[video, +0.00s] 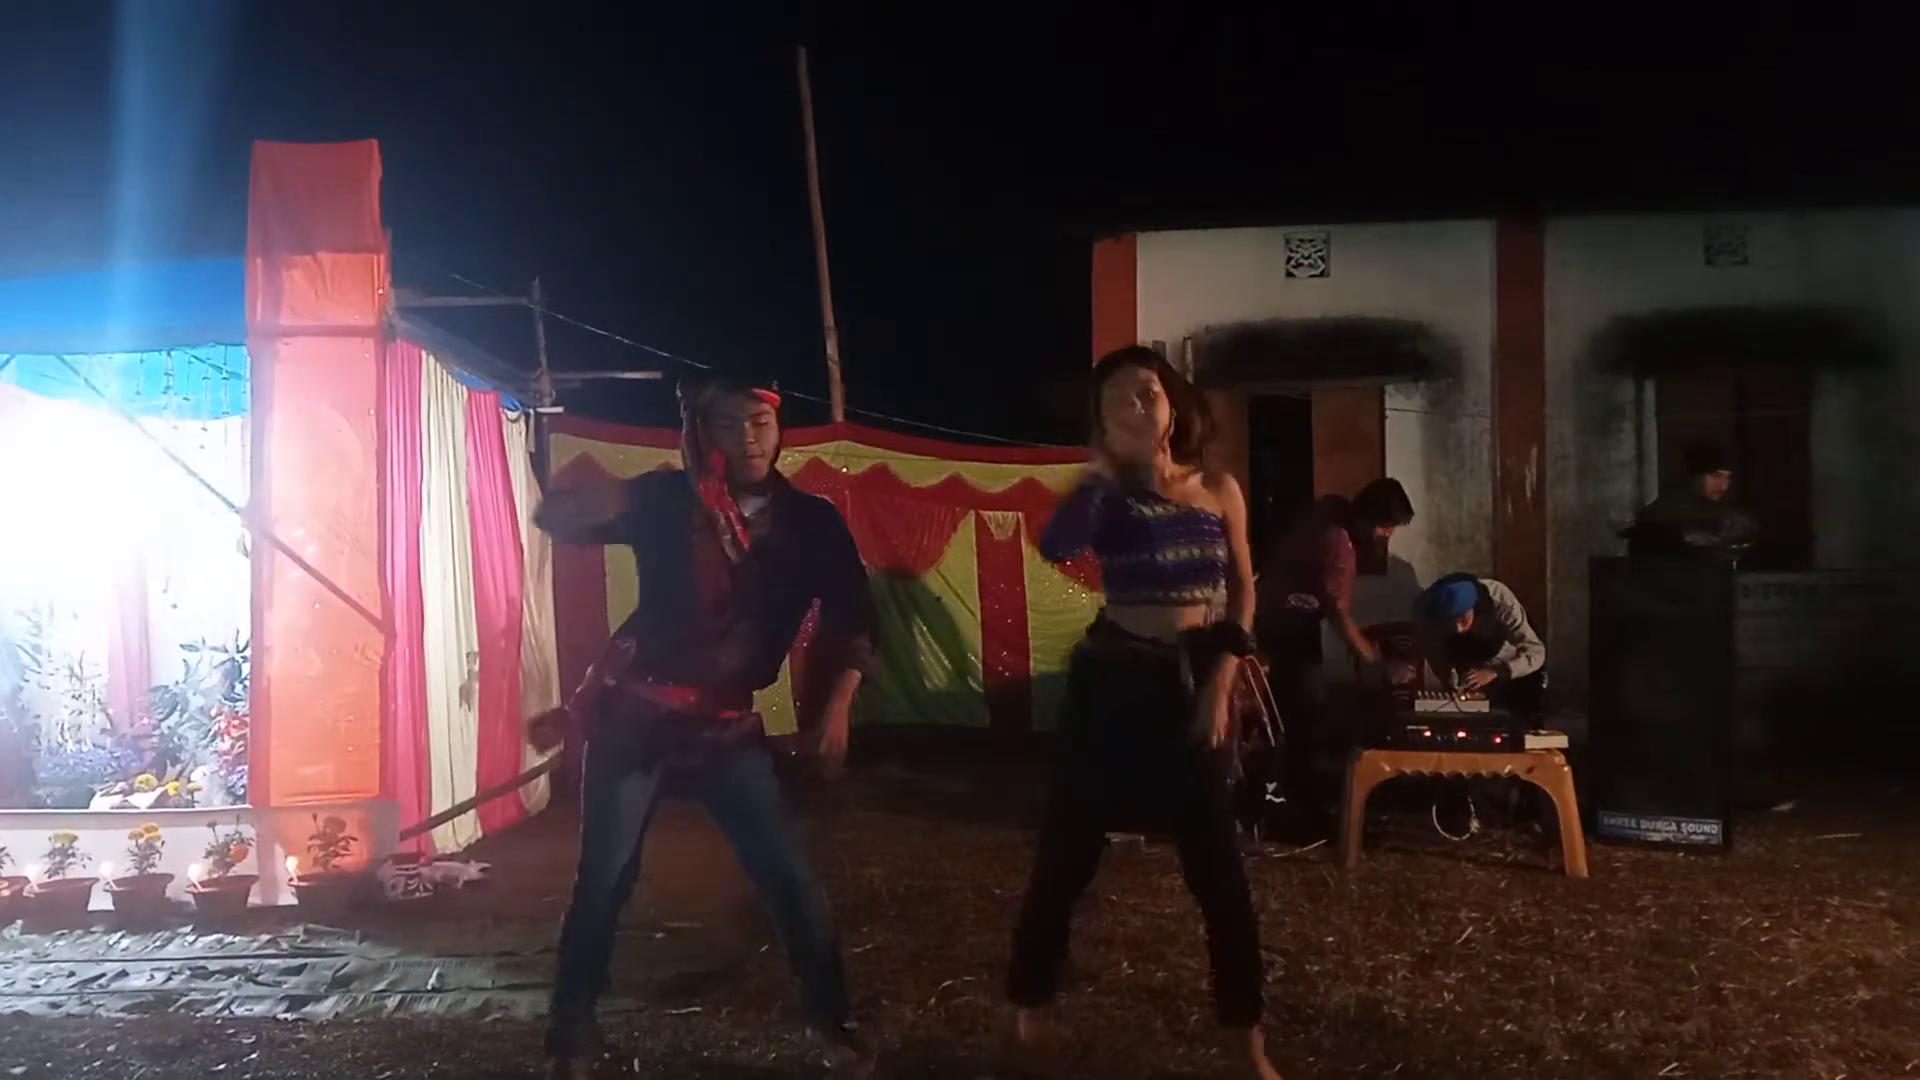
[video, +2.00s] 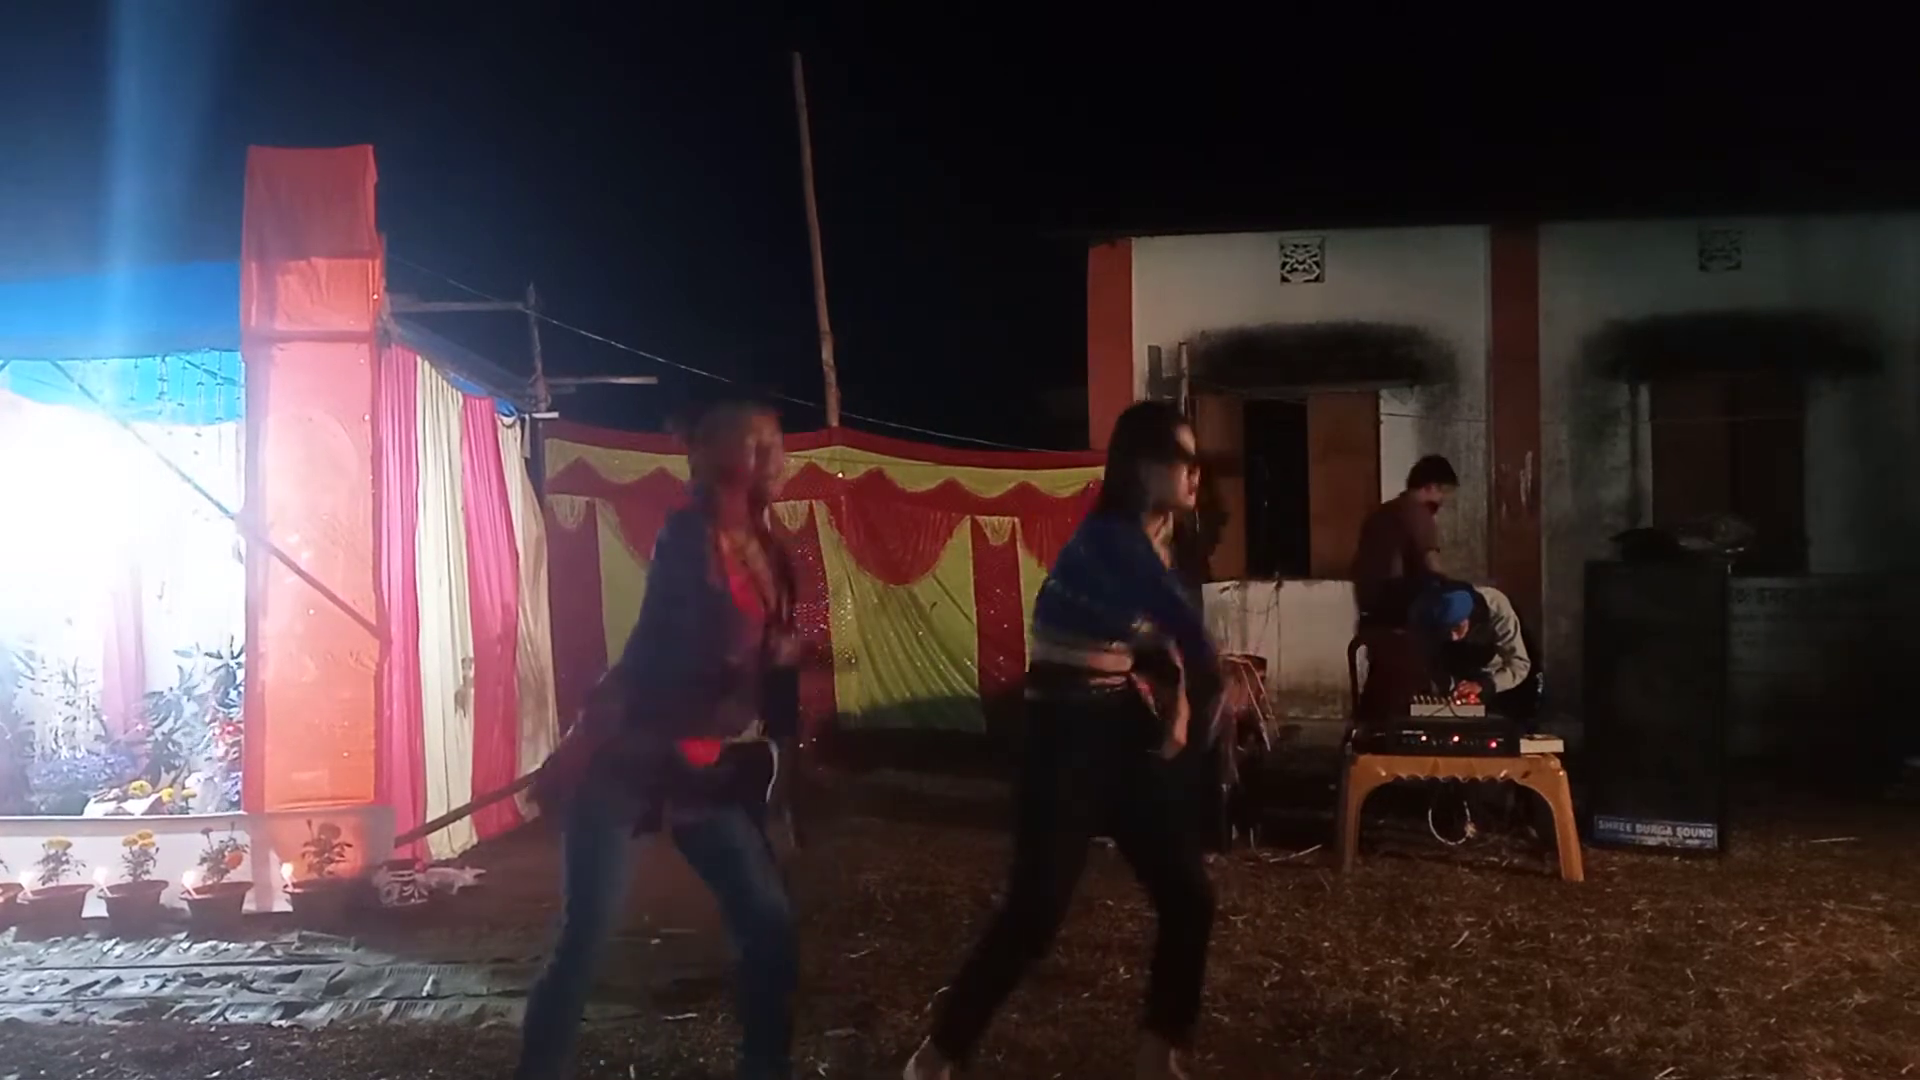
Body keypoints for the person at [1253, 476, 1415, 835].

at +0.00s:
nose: (1387, 535)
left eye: (1391, 528)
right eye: (1386, 527)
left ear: (1365, 504)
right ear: (1371, 517)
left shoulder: (1330, 509)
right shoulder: (1339, 543)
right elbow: (1337, 608)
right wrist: (1363, 649)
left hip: (1280, 616)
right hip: (1293, 623)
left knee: (1298, 711)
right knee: (1305, 713)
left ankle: (1301, 809)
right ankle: (1307, 815)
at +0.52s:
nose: (1363, 504)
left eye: (1367, 497)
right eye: (1366, 496)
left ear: (1334, 478)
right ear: (1356, 489)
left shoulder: (1294, 504)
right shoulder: (1330, 514)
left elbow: (1268, 562)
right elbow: (1329, 578)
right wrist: (1335, 628)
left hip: (1265, 622)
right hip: (1298, 624)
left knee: (1275, 712)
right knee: (1308, 714)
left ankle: (1262, 799)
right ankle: (1296, 809)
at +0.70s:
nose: (1340, 504)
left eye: (1342, 497)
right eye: (1342, 496)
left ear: (1312, 481)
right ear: (1334, 489)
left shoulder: (1265, 503)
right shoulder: (1318, 514)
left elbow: (1233, 559)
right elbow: (1328, 581)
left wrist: (1227, 610)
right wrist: (1355, 630)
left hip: (1248, 626)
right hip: (1290, 628)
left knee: (1254, 708)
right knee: (1311, 708)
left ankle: (1249, 795)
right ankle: (1297, 798)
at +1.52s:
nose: (1377, 512)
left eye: (1380, 507)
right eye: (1378, 505)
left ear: (1351, 491)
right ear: (1367, 497)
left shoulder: (1303, 515)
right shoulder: (1363, 524)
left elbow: (1276, 565)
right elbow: (1365, 583)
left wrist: (1267, 610)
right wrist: (1372, 615)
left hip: (1298, 632)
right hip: (1342, 635)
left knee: (1275, 706)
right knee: (1349, 713)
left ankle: (1253, 772)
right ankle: (1346, 780)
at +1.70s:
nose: (1398, 504)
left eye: (1401, 497)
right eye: (1400, 496)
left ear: (1371, 484)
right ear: (1388, 490)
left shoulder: (1329, 508)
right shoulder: (1381, 515)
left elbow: (1301, 560)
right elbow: (1390, 570)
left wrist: (1295, 607)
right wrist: (1411, 600)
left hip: (1323, 617)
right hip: (1359, 617)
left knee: (1328, 677)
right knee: (1359, 687)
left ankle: (1282, 727)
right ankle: (1349, 756)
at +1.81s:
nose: (1409, 500)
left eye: (1413, 493)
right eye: (1411, 491)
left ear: (1381, 480)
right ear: (1399, 485)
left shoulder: (1342, 509)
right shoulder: (1391, 512)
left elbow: (1320, 563)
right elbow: (1403, 565)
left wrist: (1315, 605)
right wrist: (1427, 587)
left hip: (1336, 611)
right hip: (1371, 613)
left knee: (1358, 675)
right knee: (1371, 679)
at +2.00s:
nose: (1441, 502)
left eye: (1445, 497)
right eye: (1442, 494)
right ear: (1430, 487)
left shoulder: (1382, 511)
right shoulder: (1418, 514)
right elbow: (1431, 567)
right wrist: (1461, 613)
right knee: (1466, 599)